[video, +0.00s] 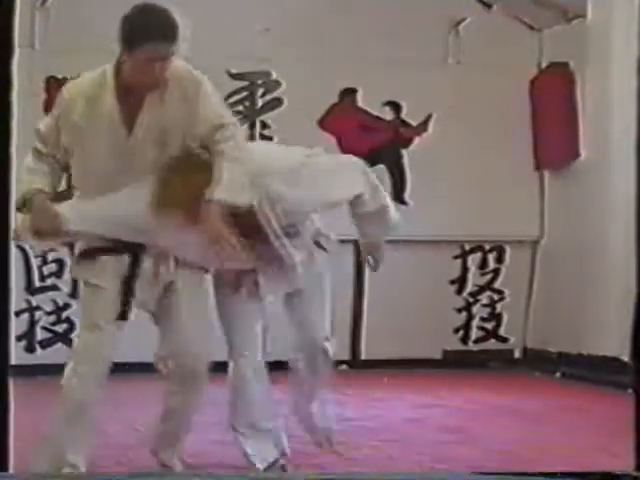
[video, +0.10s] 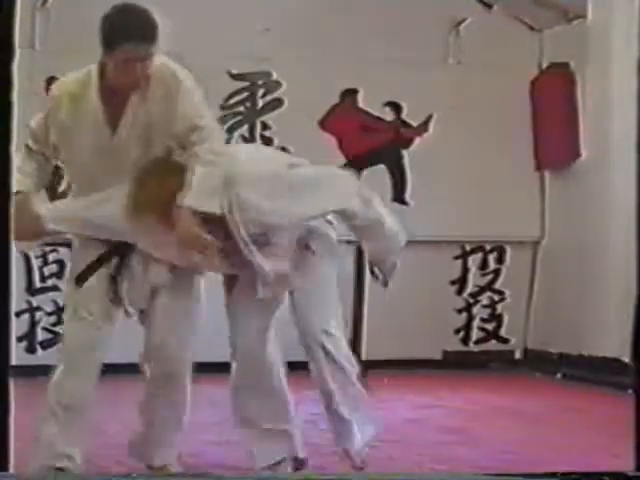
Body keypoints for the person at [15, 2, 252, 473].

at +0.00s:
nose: (162, 71)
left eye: (168, 60)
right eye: (151, 61)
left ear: (174, 53)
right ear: (125, 53)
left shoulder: (189, 86)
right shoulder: (79, 98)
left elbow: (230, 138)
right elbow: (44, 156)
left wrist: (218, 204)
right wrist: (38, 200)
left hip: (179, 243)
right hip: (106, 244)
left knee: (193, 357)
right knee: (91, 357)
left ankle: (169, 448)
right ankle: (67, 462)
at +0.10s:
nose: (141, 70)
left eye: (147, 59)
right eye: (130, 61)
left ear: (155, 53)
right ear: (106, 56)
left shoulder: (172, 84)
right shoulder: (70, 96)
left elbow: (209, 144)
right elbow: (35, 151)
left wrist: (190, 209)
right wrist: (25, 199)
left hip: (168, 235)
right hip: (96, 234)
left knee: (171, 355)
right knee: (79, 349)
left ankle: (159, 454)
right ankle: (60, 459)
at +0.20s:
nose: (117, 75)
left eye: (124, 63)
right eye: (105, 65)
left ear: (133, 57)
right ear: (82, 60)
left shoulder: (150, 82)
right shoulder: (46, 106)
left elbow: (179, 143)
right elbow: (22, 170)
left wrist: (161, 208)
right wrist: (18, 225)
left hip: (150, 235)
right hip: (82, 237)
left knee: (174, 344)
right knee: (70, 346)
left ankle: (161, 454)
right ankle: (33, 457)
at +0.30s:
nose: (105, 80)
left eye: (111, 68)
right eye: (93, 72)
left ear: (121, 60)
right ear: (69, 68)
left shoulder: (139, 84)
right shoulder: (37, 117)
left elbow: (164, 141)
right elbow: (21, 186)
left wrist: (145, 201)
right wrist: (20, 240)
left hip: (147, 241)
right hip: (79, 246)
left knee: (179, 345)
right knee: (66, 352)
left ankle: (175, 451)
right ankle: (35, 453)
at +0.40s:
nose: (99, 86)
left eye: (105, 73)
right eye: (87, 77)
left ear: (114, 65)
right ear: (64, 74)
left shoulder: (131, 90)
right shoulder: (35, 125)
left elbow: (155, 141)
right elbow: (24, 198)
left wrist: (133, 197)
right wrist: (28, 253)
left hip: (149, 242)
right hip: (85, 251)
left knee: (185, 340)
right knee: (73, 348)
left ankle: (198, 449)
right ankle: (43, 453)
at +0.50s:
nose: (107, 87)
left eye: (113, 75)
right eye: (95, 79)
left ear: (122, 67)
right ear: (72, 75)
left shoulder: (136, 94)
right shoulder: (41, 131)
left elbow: (154, 142)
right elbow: (28, 206)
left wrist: (122, 193)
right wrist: (34, 264)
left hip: (151, 237)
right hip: (91, 246)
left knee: (187, 339)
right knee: (85, 345)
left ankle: (201, 450)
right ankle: (43, 456)